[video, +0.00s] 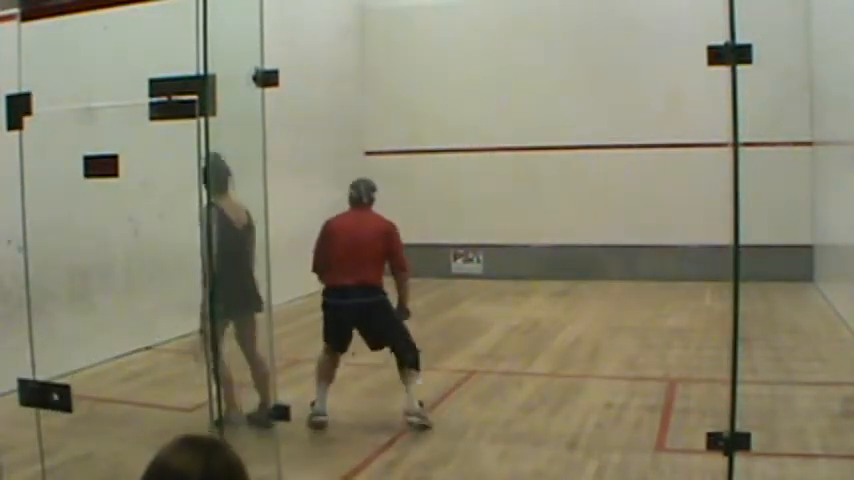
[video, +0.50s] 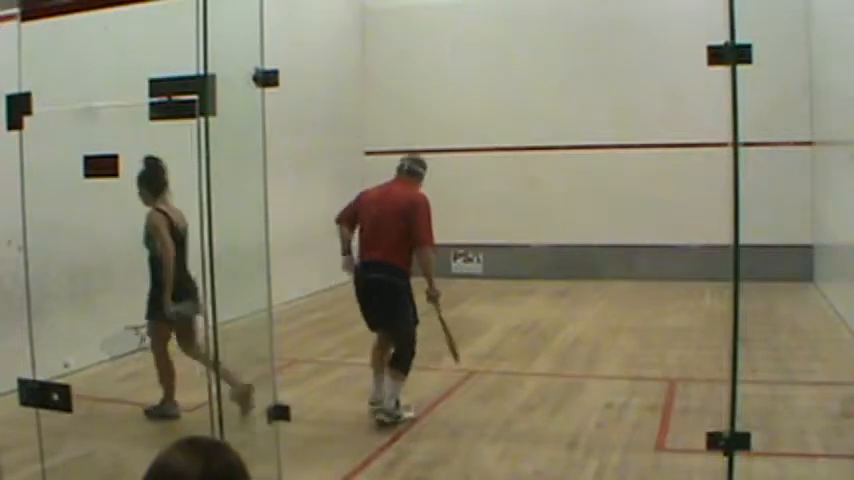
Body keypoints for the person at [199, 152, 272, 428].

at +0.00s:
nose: (205, 185)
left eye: (205, 180)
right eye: (208, 179)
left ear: (206, 182)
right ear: (228, 178)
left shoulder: (212, 215)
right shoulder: (244, 213)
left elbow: (210, 262)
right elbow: (249, 258)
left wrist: (205, 301)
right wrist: (246, 284)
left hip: (221, 294)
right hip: (246, 290)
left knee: (213, 352)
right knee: (251, 349)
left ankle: (232, 407)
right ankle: (266, 404)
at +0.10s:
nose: (198, 188)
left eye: (199, 182)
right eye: (198, 182)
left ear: (203, 184)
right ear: (221, 180)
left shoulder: (210, 214)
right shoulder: (235, 213)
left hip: (219, 290)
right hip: (238, 288)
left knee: (203, 345)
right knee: (249, 349)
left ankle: (217, 408)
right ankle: (266, 403)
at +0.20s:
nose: (188, 192)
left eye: (189, 186)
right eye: (190, 186)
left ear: (191, 188)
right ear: (212, 183)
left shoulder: (197, 216)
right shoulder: (227, 215)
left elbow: (204, 257)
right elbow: (230, 258)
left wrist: (202, 294)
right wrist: (222, 284)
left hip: (206, 292)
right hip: (233, 290)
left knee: (194, 344)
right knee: (244, 345)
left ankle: (196, 405)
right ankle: (265, 404)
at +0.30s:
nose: (174, 195)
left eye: (174, 191)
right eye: (176, 190)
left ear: (177, 192)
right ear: (198, 188)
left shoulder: (186, 218)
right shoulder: (214, 217)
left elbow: (202, 259)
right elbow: (217, 258)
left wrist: (204, 298)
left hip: (196, 295)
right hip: (221, 290)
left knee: (183, 348)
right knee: (237, 346)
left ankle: (177, 400)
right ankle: (263, 402)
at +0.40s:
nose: (157, 196)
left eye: (157, 192)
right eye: (159, 191)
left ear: (159, 193)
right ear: (182, 189)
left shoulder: (171, 219)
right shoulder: (192, 215)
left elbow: (186, 255)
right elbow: (199, 255)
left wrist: (193, 297)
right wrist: (201, 289)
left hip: (181, 295)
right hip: (205, 291)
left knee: (169, 345)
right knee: (223, 346)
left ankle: (171, 401)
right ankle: (259, 399)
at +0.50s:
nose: (139, 195)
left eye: (140, 190)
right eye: (139, 190)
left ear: (145, 190)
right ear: (164, 187)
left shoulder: (155, 217)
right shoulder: (176, 215)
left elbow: (169, 256)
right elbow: (179, 258)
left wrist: (167, 297)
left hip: (163, 294)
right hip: (185, 290)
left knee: (159, 346)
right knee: (189, 345)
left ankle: (168, 401)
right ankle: (238, 387)